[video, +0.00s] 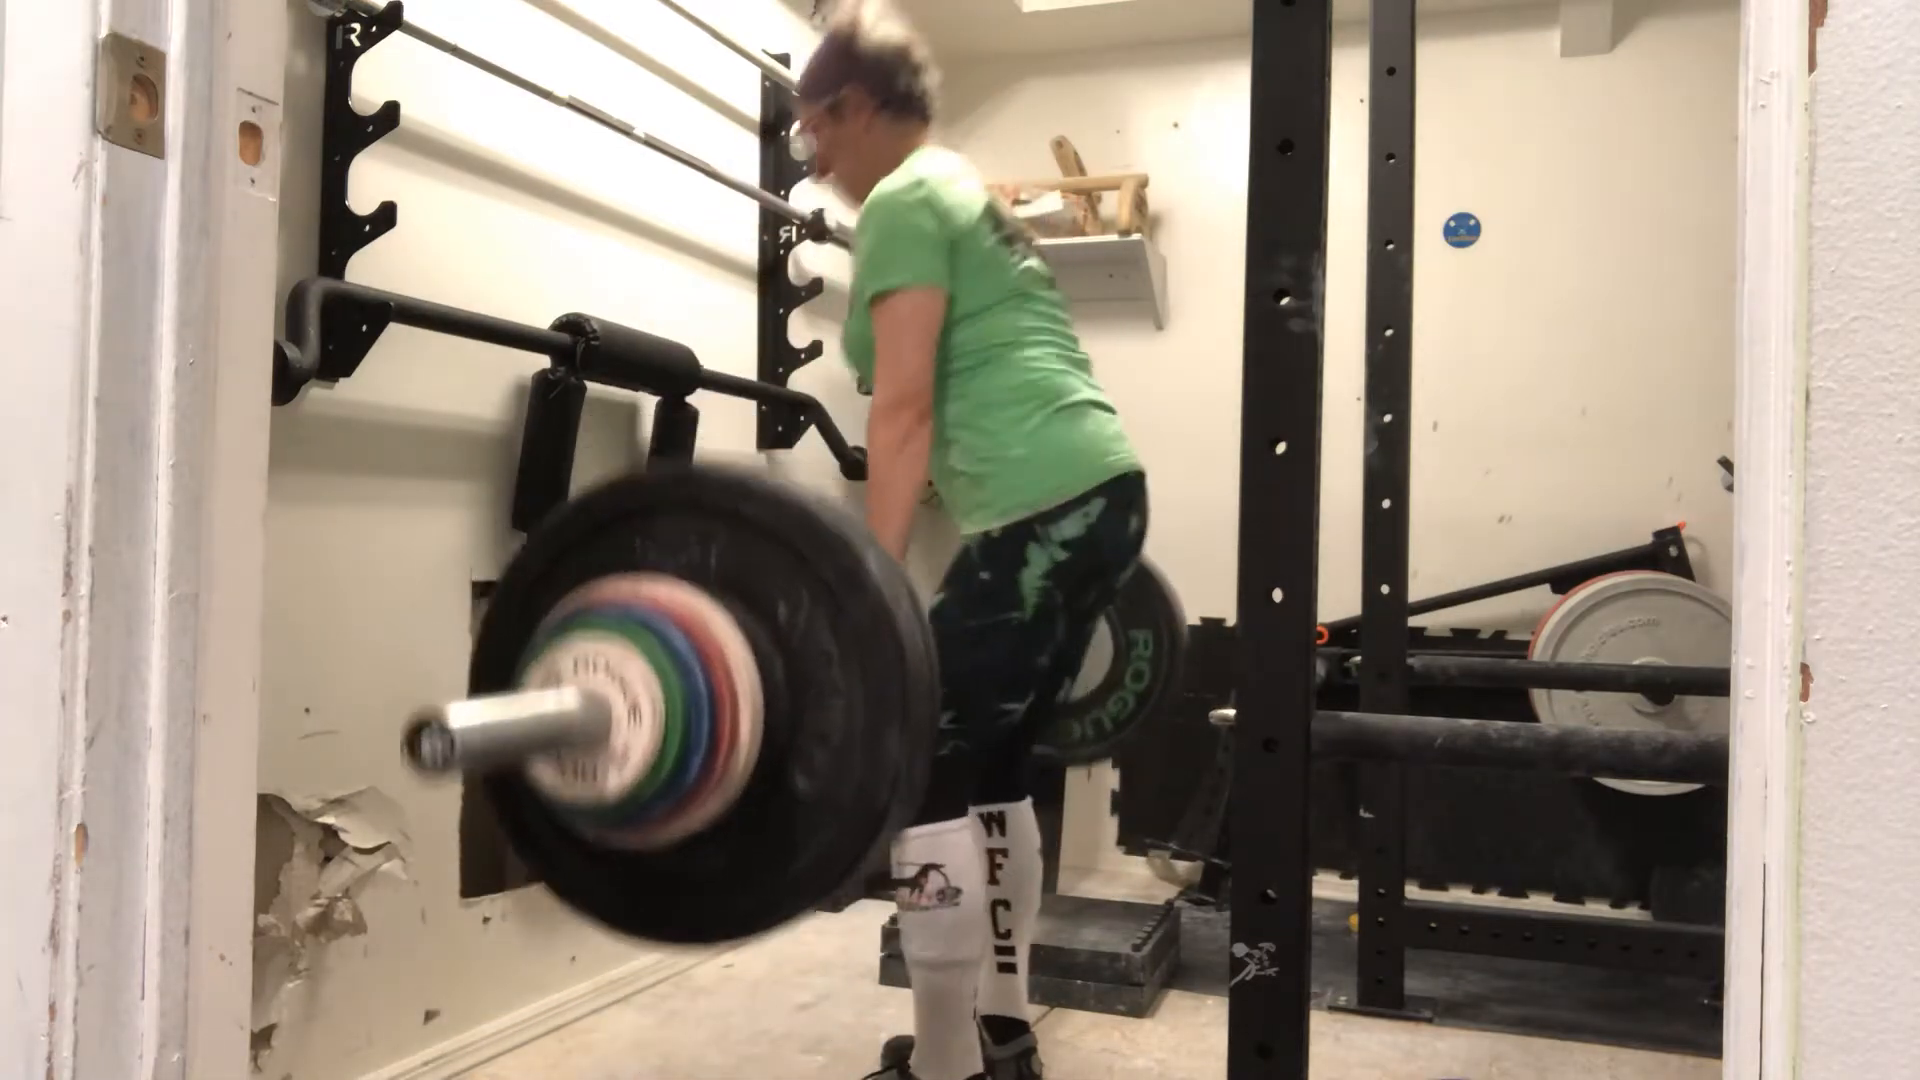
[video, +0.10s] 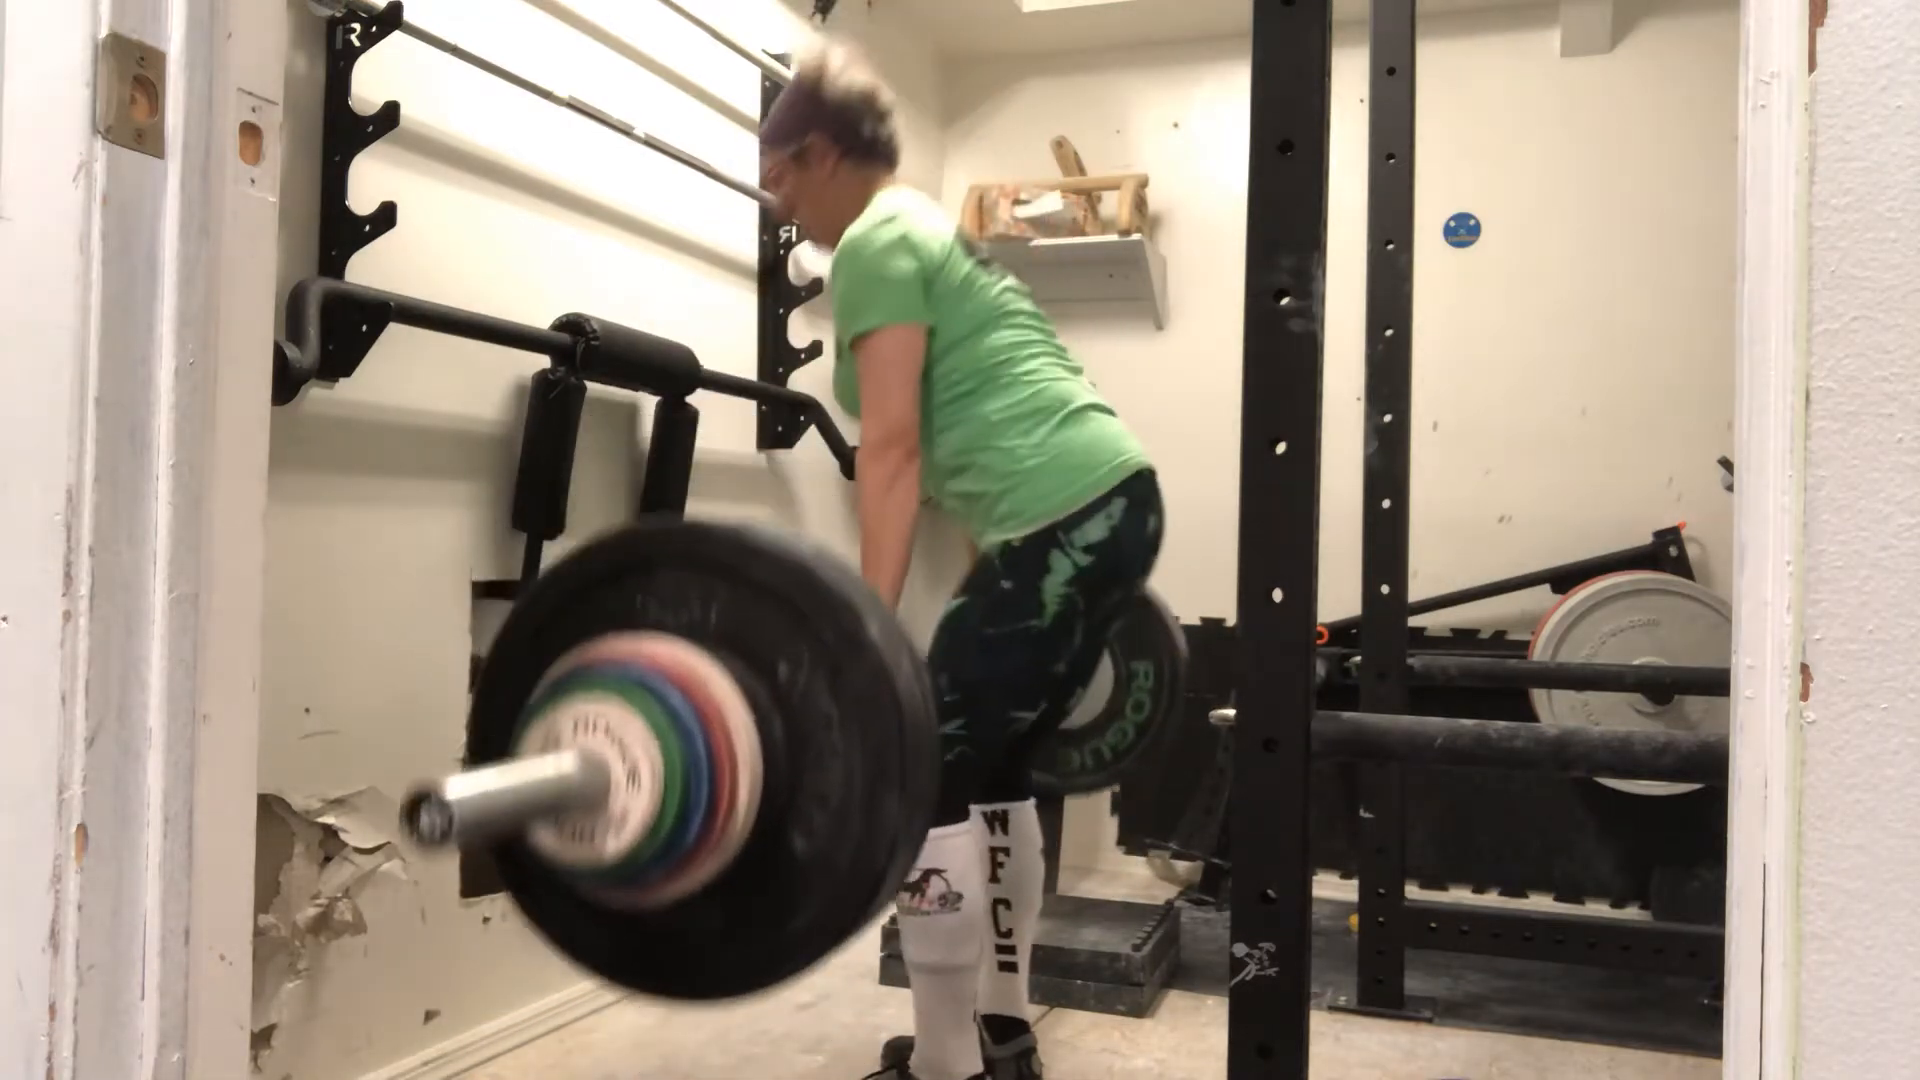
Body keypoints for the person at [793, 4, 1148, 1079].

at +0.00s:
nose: (807, 149)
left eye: (815, 122)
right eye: (804, 127)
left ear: (867, 109)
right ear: (887, 113)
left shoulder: (905, 206)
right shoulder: (953, 192)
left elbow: (902, 418)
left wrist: (869, 590)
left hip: (1039, 511)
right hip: (1090, 493)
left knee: (931, 766)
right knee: (1007, 762)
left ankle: (943, 1058)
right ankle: (1001, 1025)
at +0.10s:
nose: (772, 197)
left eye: (778, 173)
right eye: (769, 178)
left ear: (826, 153)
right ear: (847, 152)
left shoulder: (878, 242)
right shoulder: (914, 232)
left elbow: (891, 453)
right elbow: (914, 448)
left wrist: (866, 630)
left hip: (1064, 518)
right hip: (1100, 502)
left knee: (926, 767)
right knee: (996, 760)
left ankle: (944, 1059)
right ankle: (1000, 1025)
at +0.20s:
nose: (755, 237)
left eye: (761, 213)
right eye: (751, 216)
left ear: (808, 199)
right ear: (835, 197)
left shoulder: (859, 277)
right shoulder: (905, 264)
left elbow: (882, 483)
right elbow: (975, 458)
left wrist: (865, 668)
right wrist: (986, 614)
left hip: (1075, 523)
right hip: (1125, 507)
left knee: (940, 774)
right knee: (1012, 767)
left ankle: (942, 1063)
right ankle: (1000, 1027)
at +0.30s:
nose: (740, 265)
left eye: (745, 240)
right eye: (738, 244)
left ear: (791, 228)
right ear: (825, 227)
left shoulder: (850, 305)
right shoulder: (901, 292)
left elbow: (874, 512)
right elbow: (968, 510)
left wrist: (861, 702)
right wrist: (986, 660)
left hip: (1090, 529)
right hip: (1134, 508)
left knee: (943, 787)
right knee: (1014, 774)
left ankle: (946, 1061)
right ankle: (1002, 1026)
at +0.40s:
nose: (733, 293)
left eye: (735, 270)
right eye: (729, 275)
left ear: (778, 257)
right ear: (802, 253)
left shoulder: (847, 330)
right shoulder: (896, 318)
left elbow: (870, 540)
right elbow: (965, 540)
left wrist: (853, 733)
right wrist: (981, 688)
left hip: (1103, 542)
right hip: (1142, 522)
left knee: (932, 797)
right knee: (1007, 778)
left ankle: (945, 1062)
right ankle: (1002, 1027)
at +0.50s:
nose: (727, 322)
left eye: (730, 298)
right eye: (723, 303)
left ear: (769, 285)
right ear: (805, 278)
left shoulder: (842, 354)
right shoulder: (894, 341)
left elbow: (864, 569)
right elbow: (960, 559)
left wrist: (852, 759)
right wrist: (976, 701)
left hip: (1102, 558)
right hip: (1143, 533)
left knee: (919, 799)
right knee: (996, 782)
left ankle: (945, 1060)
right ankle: (1001, 1031)